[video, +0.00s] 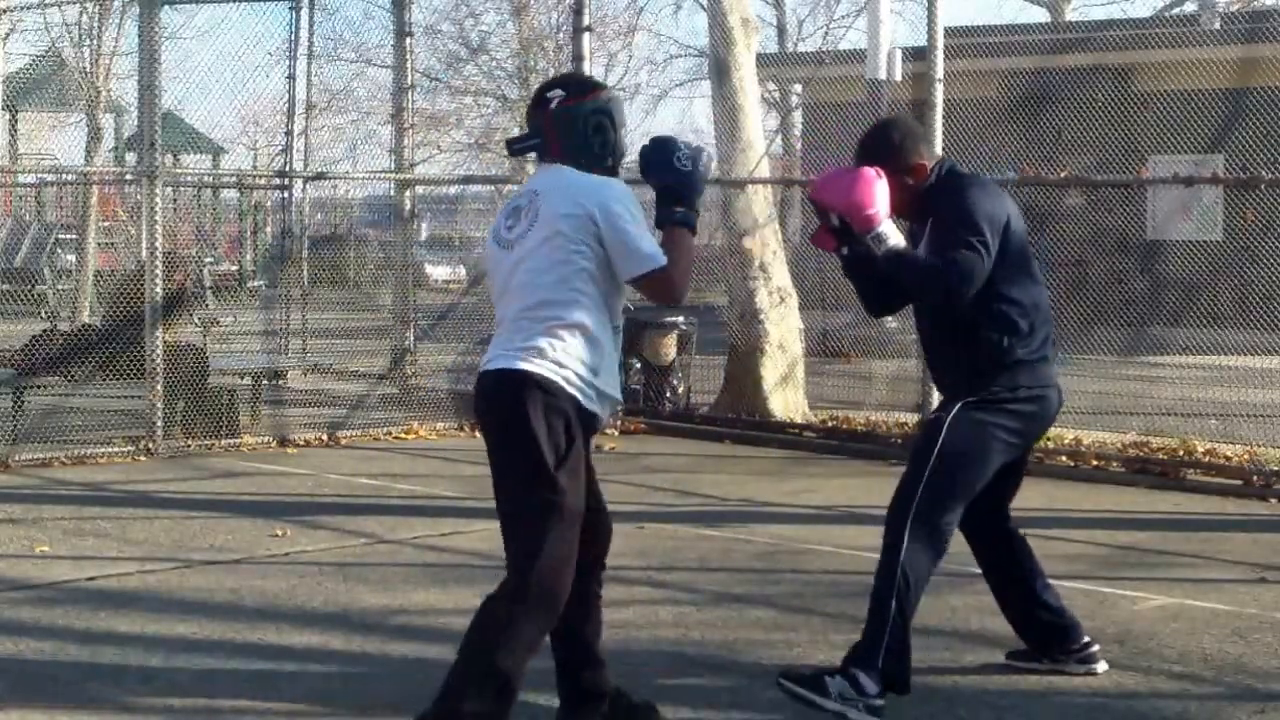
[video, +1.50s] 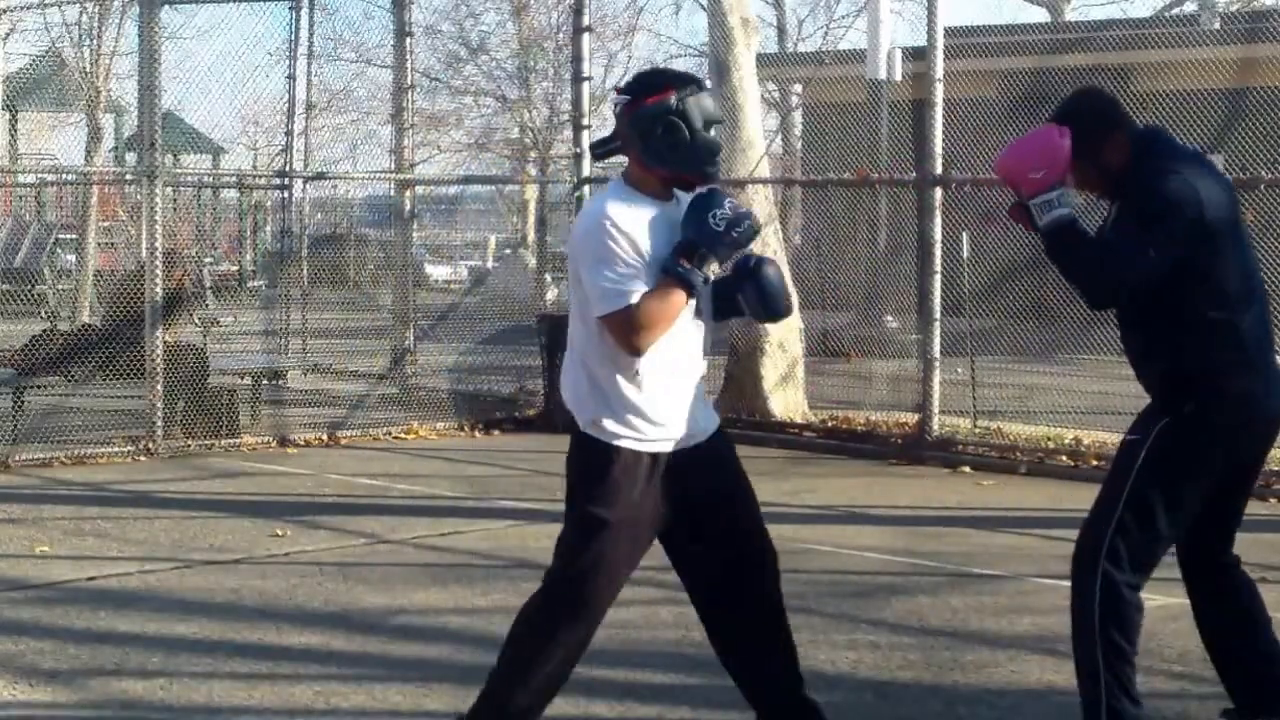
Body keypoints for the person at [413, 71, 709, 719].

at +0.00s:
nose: (613, 136)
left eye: (610, 123)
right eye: (604, 125)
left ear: (543, 138)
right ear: (593, 133)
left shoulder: (513, 212)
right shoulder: (599, 192)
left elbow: (533, 301)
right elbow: (669, 287)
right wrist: (682, 207)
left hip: (510, 385)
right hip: (545, 389)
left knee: (589, 536)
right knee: (544, 572)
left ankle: (586, 696)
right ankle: (461, 710)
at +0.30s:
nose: (600, 175)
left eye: (601, 161)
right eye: (590, 163)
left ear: (546, 162)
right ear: (551, 163)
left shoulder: (572, 228)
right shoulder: (493, 232)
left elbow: (634, 308)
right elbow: (510, 351)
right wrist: (581, 299)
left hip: (531, 414)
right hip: (464, 417)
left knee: (582, 553)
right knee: (480, 570)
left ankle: (613, 690)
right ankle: (398, 709)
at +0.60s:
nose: (524, 150)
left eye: (522, 136)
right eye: (514, 136)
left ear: (461, 137)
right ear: (490, 142)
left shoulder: (495, 207)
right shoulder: (411, 212)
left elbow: (521, 305)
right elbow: (417, 331)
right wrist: (504, 274)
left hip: (480, 418)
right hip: (409, 426)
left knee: (539, 552)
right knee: (403, 588)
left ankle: (555, 702)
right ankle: (361, 712)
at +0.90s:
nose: (470, 113)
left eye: (483, 109)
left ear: (497, 132)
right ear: (544, 146)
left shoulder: (528, 203)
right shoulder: (467, 203)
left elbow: (575, 295)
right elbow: (489, 315)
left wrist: (609, 224)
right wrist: (560, 248)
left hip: (530, 417)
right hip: (471, 416)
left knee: (552, 565)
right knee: (453, 574)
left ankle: (519, 701)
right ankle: (400, 707)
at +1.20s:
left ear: (530, 118)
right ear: (584, 125)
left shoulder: (583, 198)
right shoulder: (498, 200)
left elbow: (577, 295)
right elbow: (519, 315)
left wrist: (629, 295)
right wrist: (589, 247)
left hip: (578, 413)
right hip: (512, 418)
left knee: (610, 556)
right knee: (515, 584)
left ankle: (546, 683)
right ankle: (488, 709)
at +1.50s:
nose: (685, 176)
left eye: (689, 163)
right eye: (673, 159)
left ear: (656, 151)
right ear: (649, 154)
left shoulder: (685, 208)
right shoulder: (605, 221)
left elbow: (676, 305)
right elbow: (633, 333)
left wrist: (735, 297)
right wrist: (695, 259)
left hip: (693, 435)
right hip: (621, 445)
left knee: (746, 585)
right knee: (574, 604)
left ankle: (789, 711)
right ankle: (495, 714)